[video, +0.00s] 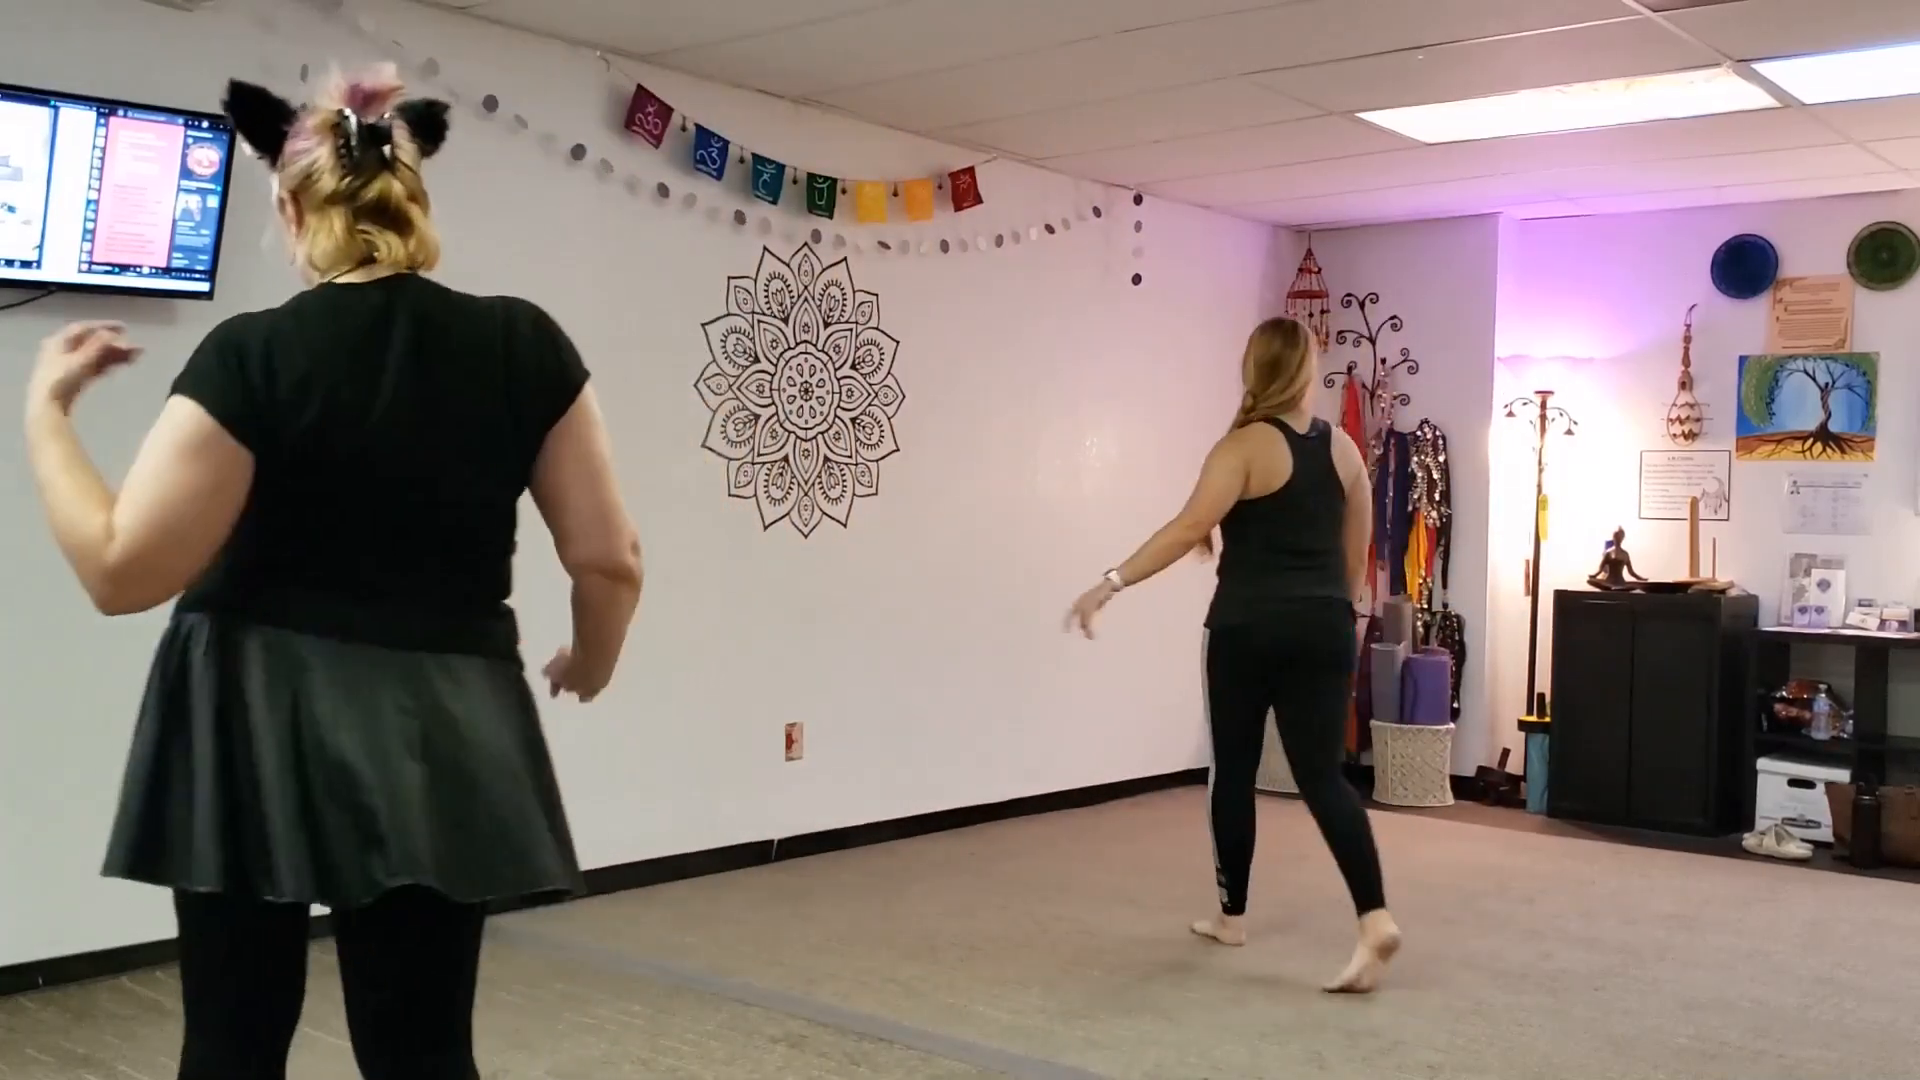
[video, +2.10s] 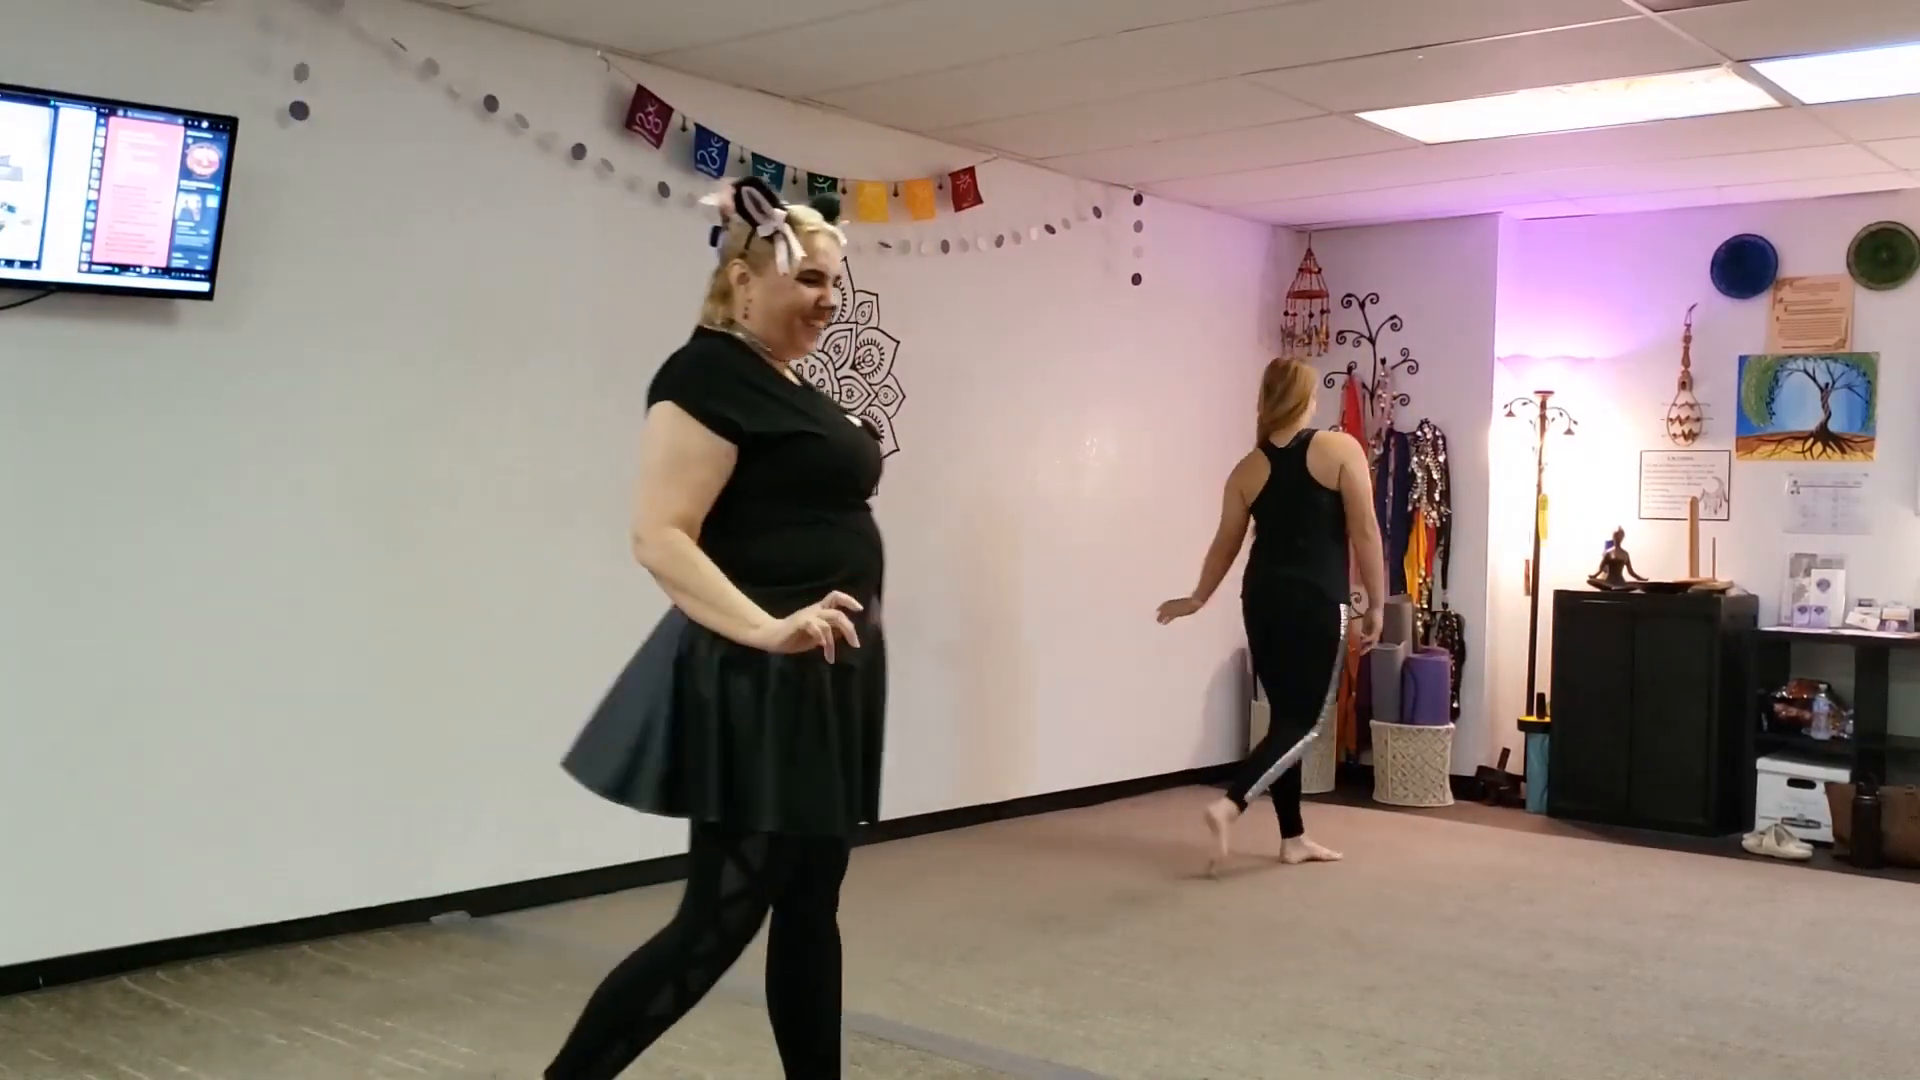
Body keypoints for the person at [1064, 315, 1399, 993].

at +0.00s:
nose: (1320, 373)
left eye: (1316, 361)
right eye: (1317, 364)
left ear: (1254, 372)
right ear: (1307, 374)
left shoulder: (1240, 448)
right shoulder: (1343, 450)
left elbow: (1192, 528)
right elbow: (1356, 547)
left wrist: (1112, 582)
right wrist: (1352, 606)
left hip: (1245, 631)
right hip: (1324, 629)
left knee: (1234, 774)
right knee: (1322, 774)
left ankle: (1231, 914)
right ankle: (1375, 916)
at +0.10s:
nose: (1303, 371)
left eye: (1298, 359)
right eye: (1301, 361)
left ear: (1238, 374)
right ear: (1293, 373)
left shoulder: (1227, 450)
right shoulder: (1330, 450)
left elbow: (1174, 535)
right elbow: (1347, 549)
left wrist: (1084, 579)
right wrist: (1343, 624)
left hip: (1229, 627)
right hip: (1307, 627)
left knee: (1228, 768)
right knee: (1287, 766)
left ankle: (1232, 913)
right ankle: (1337, 881)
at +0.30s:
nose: (1275, 380)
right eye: (1273, 371)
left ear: (1215, 380)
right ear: (1271, 379)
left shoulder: (1201, 460)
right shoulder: (1311, 452)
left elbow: (1146, 556)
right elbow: (1345, 550)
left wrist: (1069, 562)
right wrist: (1364, 632)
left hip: (1205, 629)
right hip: (1281, 630)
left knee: (1215, 761)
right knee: (1252, 734)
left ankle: (1233, 913)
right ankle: (1264, 826)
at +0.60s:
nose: (1252, 379)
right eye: (1255, 370)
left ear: (1199, 373)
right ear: (1253, 377)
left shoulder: (1168, 451)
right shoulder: (1283, 444)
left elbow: (1148, 546)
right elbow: (1315, 528)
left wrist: (1127, 539)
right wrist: (1359, 611)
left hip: (1189, 615)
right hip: (1265, 615)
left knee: (1206, 749)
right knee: (1235, 734)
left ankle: (1227, 898)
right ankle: (1218, 854)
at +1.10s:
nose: (1250, 388)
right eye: (1252, 380)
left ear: (1199, 381)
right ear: (1247, 387)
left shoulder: (1168, 454)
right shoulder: (1263, 458)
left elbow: (1158, 549)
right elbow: (1277, 553)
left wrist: (1174, 598)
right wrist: (1309, 630)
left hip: (1178, 613)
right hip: (1247, 617)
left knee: (1173, 726)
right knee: (1222, 734)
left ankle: (1183, 821)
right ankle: (1197, 863)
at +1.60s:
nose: (1257, 395)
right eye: (1260, 387)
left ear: (1212, 394)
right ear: (1260, 396)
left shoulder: (1188, 459)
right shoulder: (1290, 465)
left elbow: (1146, 527)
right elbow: (1316, 551)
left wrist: (1104, 586)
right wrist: (1349, 619)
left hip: (1196, 609)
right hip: (1256, 613)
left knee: (1248, 706)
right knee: (1226, 726)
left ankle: (1279, 819)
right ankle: (1198, 858)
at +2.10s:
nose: (1320, 402)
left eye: (1313, 394)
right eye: (1318, 395)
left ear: (1266, 402)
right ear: (1311, 400)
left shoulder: (1248, 469)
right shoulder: (1340, 449)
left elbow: (1226, 543)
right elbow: (1364, 532)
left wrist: (1198, 597)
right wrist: (1376, 604)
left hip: (1260, 600)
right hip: (1317, 601)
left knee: (1286, 717)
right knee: (1301, 721)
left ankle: (1292, 837)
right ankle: (1229, 805)